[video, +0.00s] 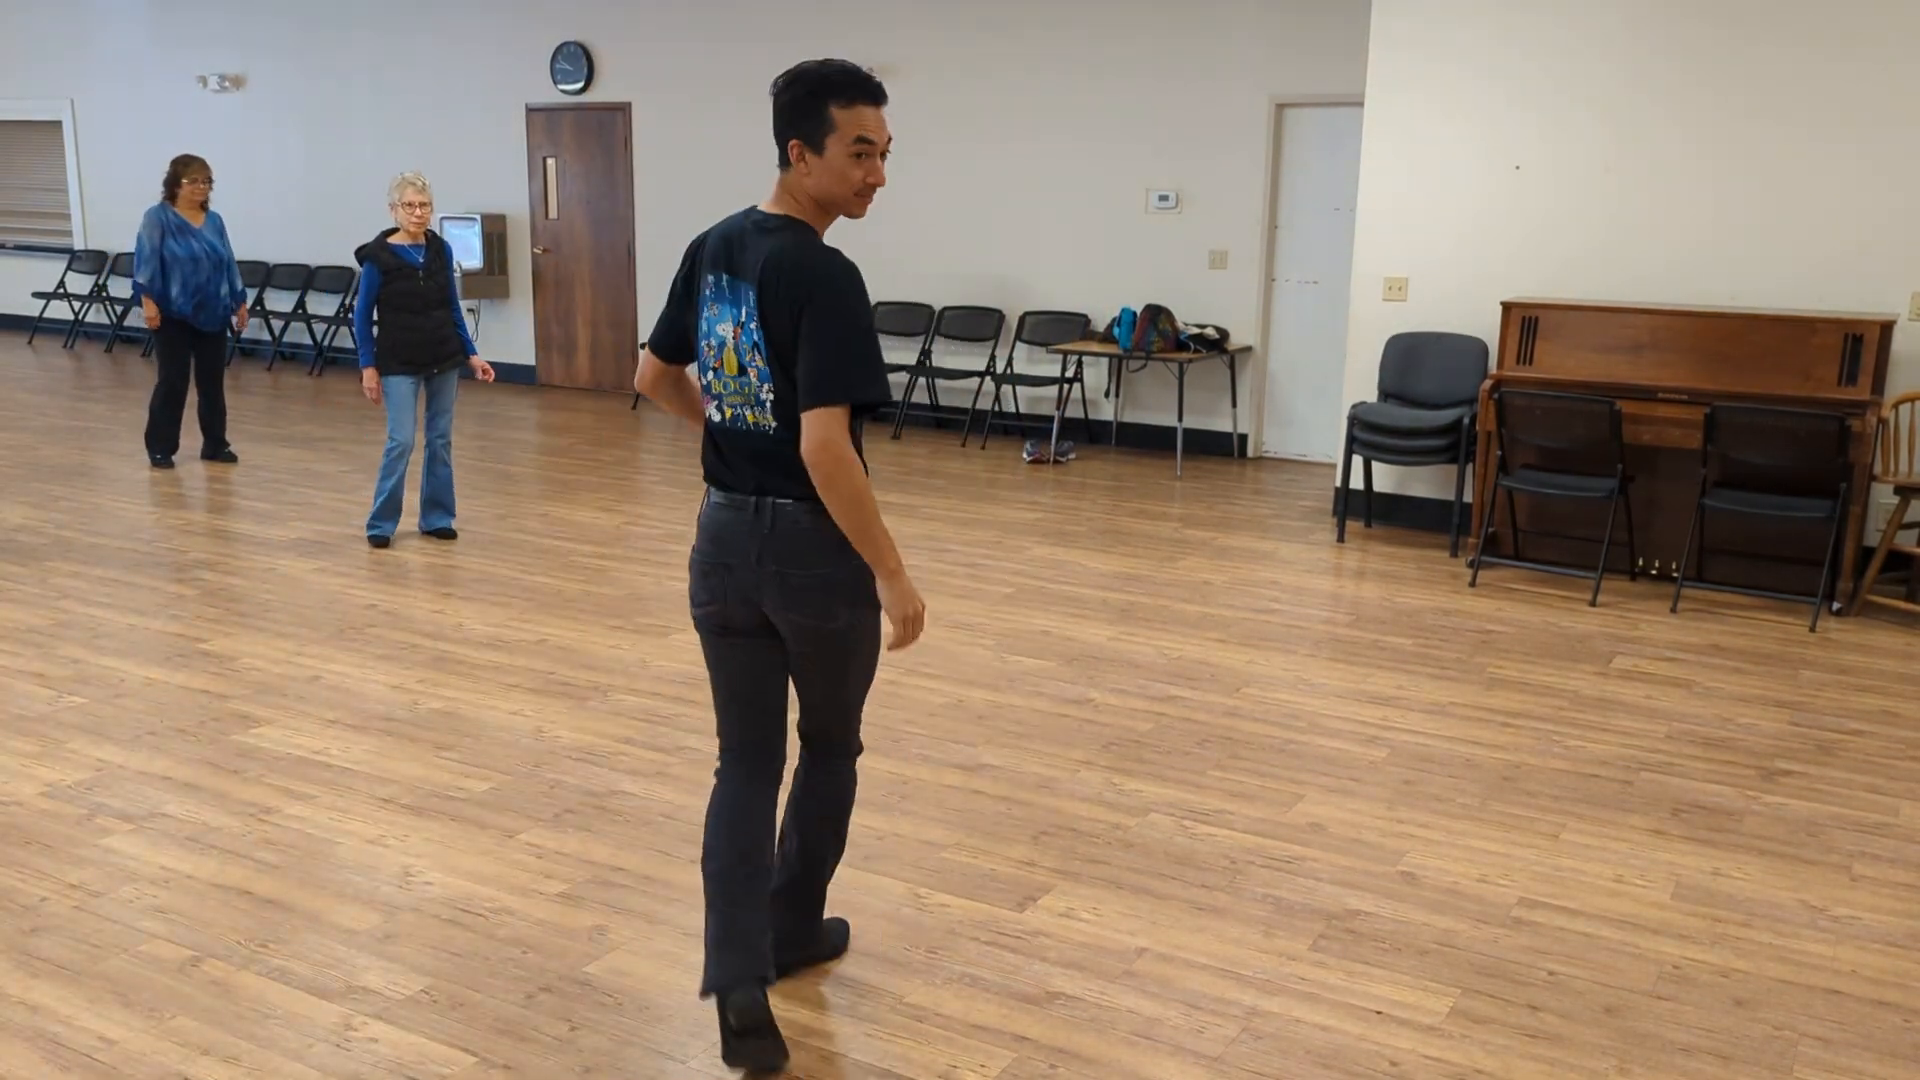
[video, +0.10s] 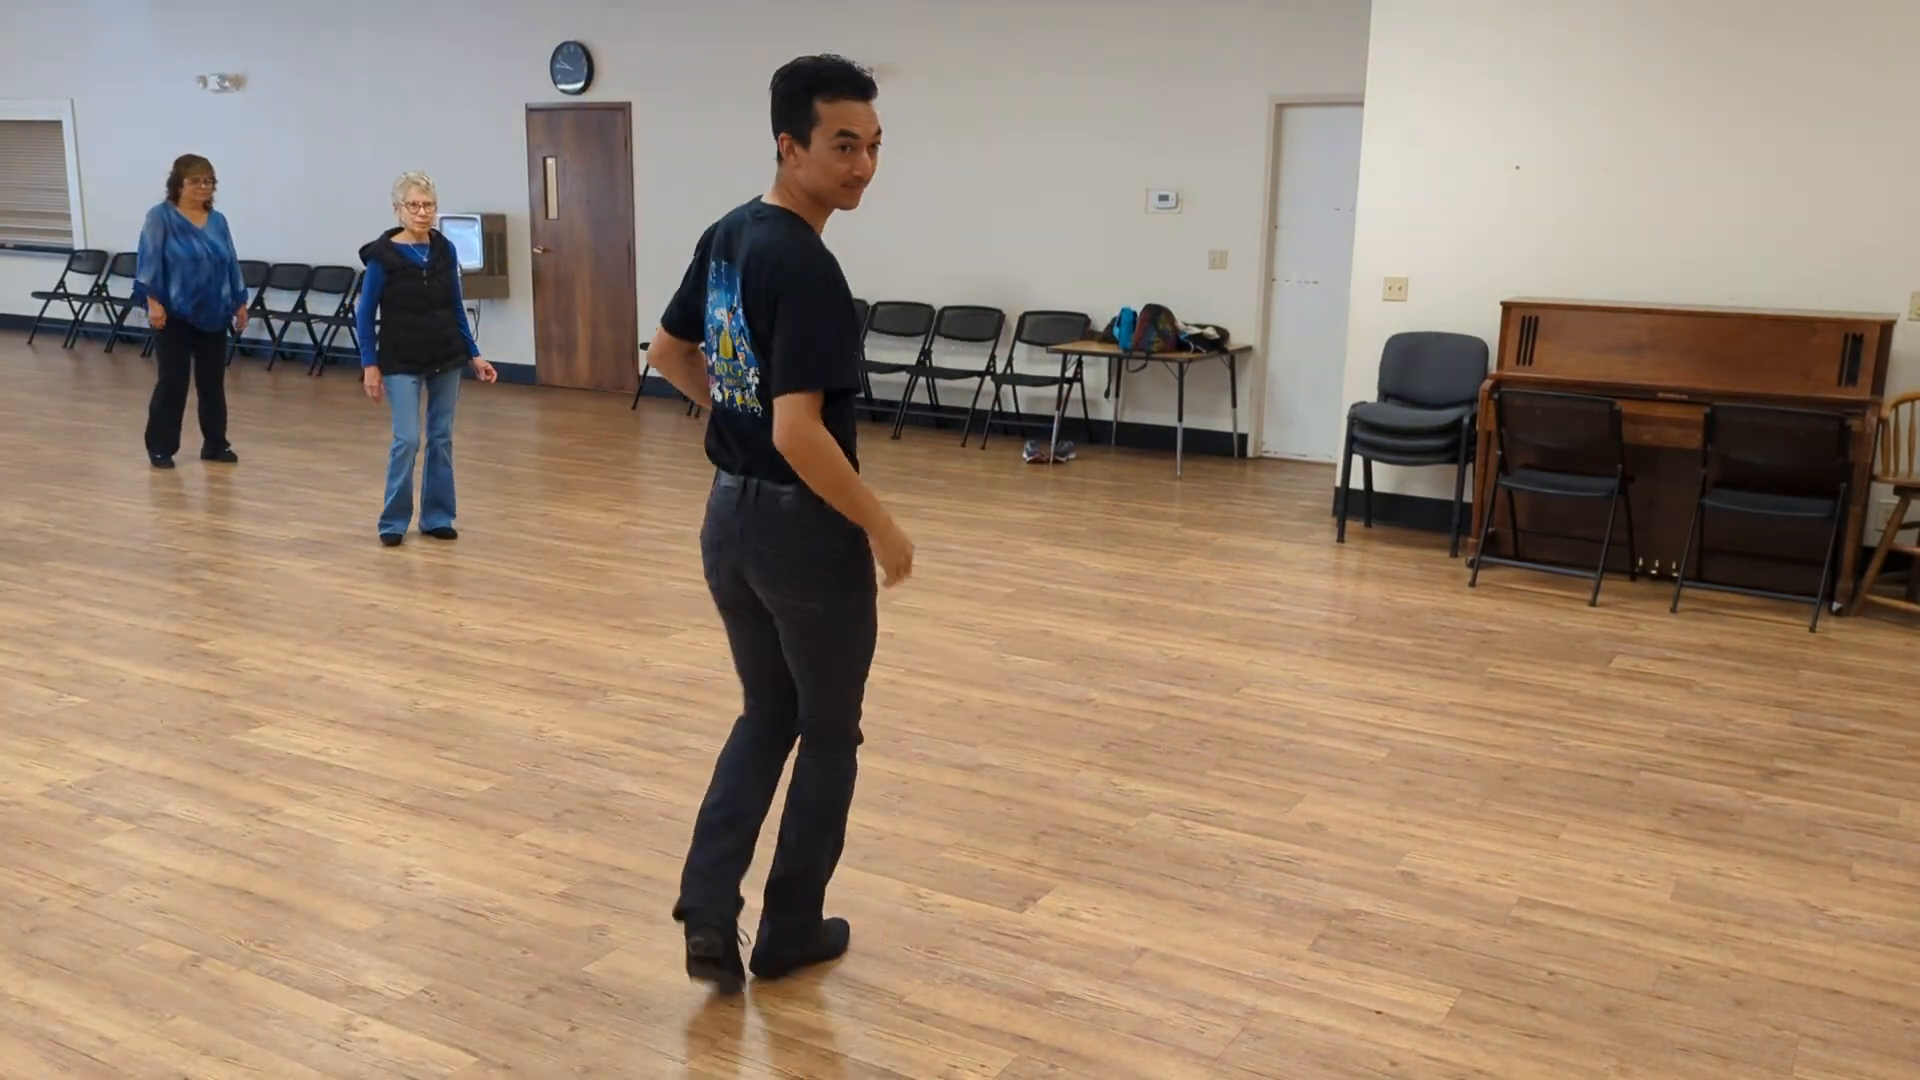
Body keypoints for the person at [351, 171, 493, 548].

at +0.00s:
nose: (418, 212)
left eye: (424, 206)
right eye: (410, 206)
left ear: (432, 209)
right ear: (395, 209)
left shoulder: (440, 250)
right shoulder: (378, 255)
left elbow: (453, 308)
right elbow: (362, 313)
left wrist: (472, 355)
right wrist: (368, 366)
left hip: (444, 359)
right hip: (399, 362)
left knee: (440, 441)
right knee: (402, 441)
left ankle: (437, 519)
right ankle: (381, 524)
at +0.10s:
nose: (422, 211)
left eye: (428, 205)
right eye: (413, 205)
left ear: (436, 208)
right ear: (399, 209)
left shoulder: (445, 249)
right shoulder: (383, 253)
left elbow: (457, 308)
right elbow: (365, 312)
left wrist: (474, 355)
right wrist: (369, 364)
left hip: (447, 358)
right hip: (401, 361)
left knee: (440, 440)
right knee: (408, 439)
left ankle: (438, 519)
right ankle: (393, 523)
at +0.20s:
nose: (426, 212)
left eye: (432, 205)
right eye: (417, 206)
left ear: (440, 209)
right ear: (402, 209)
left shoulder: (447, 250)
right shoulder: (386, 253)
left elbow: (458, 309)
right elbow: (367, 312)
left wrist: (475, 357)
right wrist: (371, 363)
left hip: (448, 358)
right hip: (403, 361)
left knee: (441, 439)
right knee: (413, 439)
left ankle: (439, 518)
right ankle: (405, 519)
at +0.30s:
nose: (427, 212)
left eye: (433, 205)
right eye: (419, 206)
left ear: (440, 209)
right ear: (404, 209)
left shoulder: (448, 250)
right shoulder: (387, 253)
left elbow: (457, 310)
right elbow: (367, 312)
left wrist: (473, 358)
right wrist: (372, 362)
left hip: (448, 360)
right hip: (403, 362)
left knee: (442, 438)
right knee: (420, 436)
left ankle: (439, 517)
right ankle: (411, 514)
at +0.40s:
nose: (428, 212)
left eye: (434, 205)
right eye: (419, 205)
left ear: (441, 209)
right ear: (405, 209)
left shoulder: (448, 250)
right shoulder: (387, 253)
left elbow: (457, 309)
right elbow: (367, 311)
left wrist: (470, 358)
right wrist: (372, 361)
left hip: (449, 357)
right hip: (404, 358)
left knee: (444, 436)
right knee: (428, 432)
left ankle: (438, 516)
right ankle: (410, 499)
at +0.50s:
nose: (427, 211)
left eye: (433, 204)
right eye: (419, 205)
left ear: (440, 209)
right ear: (404, 209)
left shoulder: (448, 250)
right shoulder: (387, 253)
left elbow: (457, 310)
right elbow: (367, 312)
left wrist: (469, 359)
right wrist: (372, 362)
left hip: (449, 357)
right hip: (404, 359)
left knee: (445, 436)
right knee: (433, 431)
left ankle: (437, 517)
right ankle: (409, 477)